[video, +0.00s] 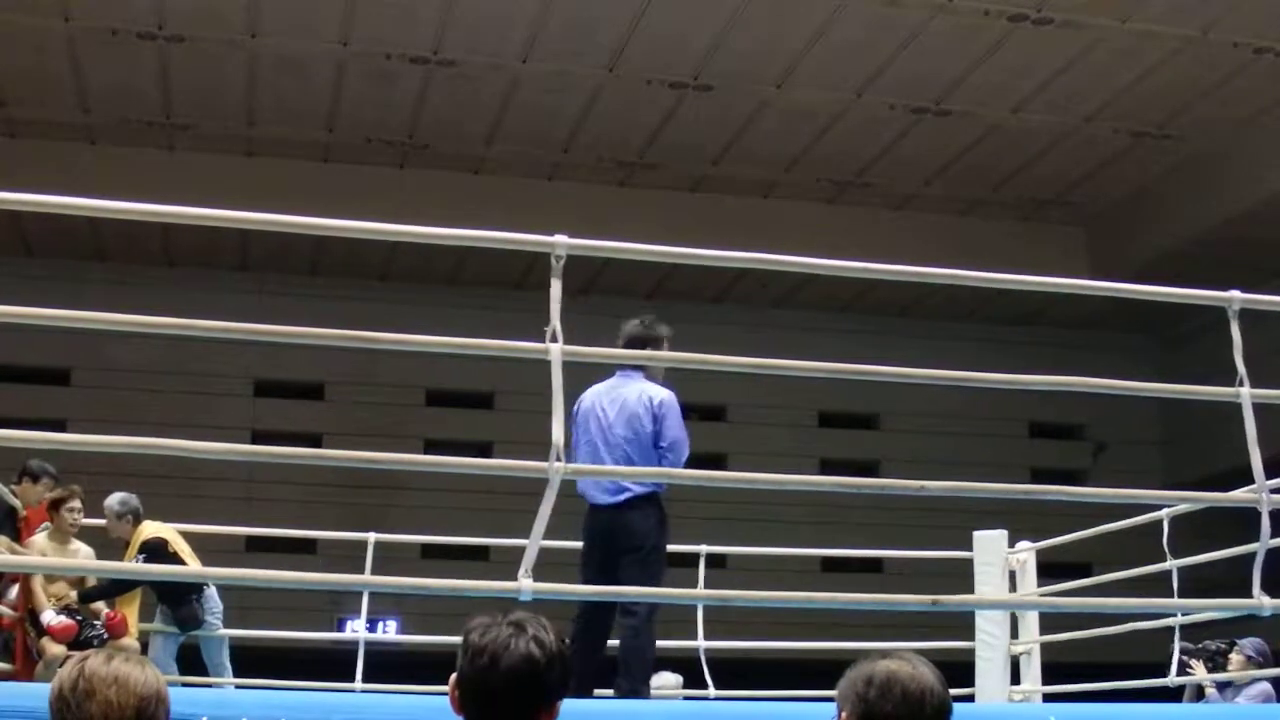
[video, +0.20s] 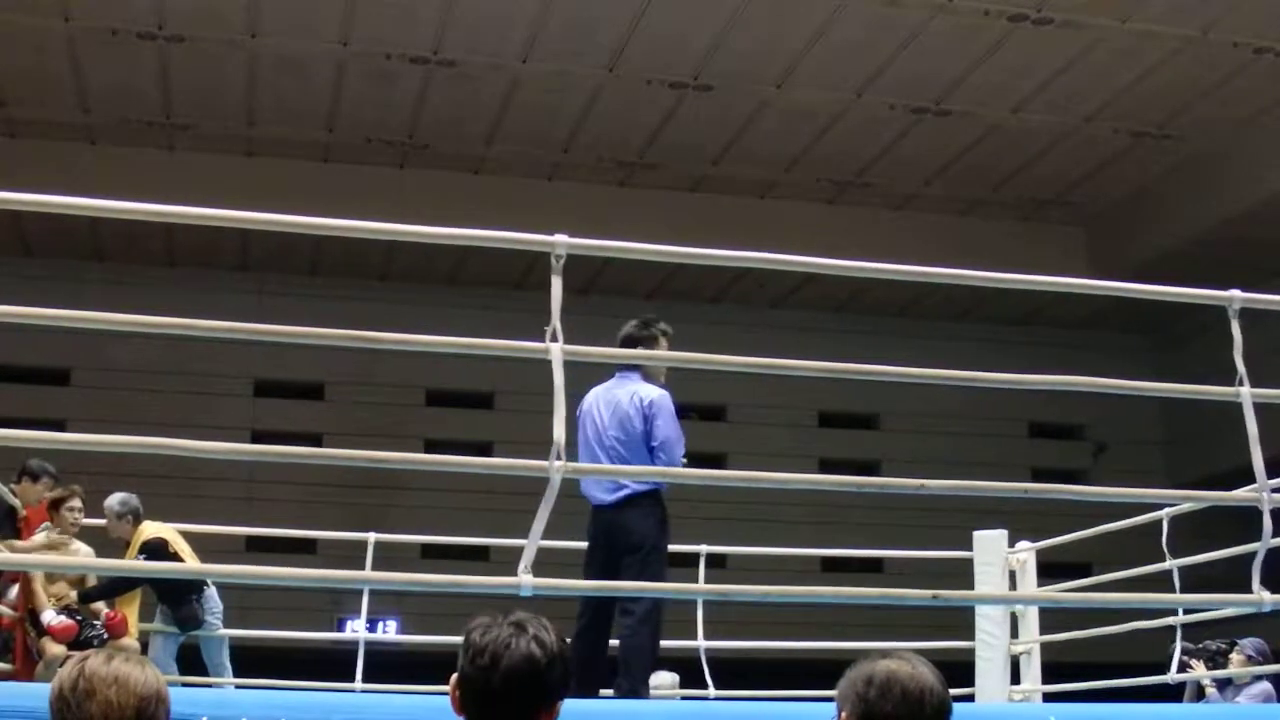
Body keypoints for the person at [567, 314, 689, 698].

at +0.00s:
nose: (667, 358)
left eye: (667, 351)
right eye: (665, 351)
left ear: (623, 352)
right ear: (652, 353)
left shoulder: (587, 398)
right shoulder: (660, 398)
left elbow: (576, 453)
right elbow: (676, 453)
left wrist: (597, 479)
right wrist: (654, 482)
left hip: (598, 515)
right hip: (642, 514)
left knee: (593, 606)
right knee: (638, 607)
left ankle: (576, 696)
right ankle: (632, 699)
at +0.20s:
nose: (668, 359)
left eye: (667, 351)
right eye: (664, 350)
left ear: (628, 353)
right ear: (644, 352)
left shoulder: (591, 398)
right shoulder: (654, 397)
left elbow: (584, 458)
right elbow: (671, 459)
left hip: (601, 513)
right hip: (642, 511)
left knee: (594, 604)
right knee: (641, 604)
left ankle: (581, 696)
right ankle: (632, 697)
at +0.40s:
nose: (667, 361)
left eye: (666, 352)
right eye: (663, 352)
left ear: (627, 355)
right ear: (644, 353)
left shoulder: (593, 400)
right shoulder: (653, 398)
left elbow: (590, 459)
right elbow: (665, 461)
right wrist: (677, 449)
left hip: (605, 514)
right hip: (644, 512)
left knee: (599, 606)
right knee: (643, 606)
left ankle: (581, 696)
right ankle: (631, 697)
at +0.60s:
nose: (668, 356)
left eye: (667, 349)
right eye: (666, 350)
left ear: (623, 352)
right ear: (657, 354)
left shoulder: (594, 400)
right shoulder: (659, 399)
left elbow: (588, 457)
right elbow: (674, 456)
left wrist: (615, 481)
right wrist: (664, 486)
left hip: (608, 514)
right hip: (648, 511)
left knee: (599, 604)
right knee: (644, 604)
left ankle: (584, 695)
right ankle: (632, 696)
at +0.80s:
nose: (658, 357)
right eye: (660, 352)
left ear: (623, 351)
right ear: (660, 356)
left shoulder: (592, 399)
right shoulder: (667, 400)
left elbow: (589, 454)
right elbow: (685, 456)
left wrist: (617, 476)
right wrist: (663, 482)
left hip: (606, 515)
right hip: (650, 513)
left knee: (599, 605)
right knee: (643, 605)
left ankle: (587, 696)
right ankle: (632, 697)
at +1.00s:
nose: (658, 355)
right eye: (659, 351)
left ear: (622, 350)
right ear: (659, 354)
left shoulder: (592, 399)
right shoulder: (671, 399)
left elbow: (589, 456)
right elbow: (690, 457)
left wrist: (608, 485)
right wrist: (687, 499)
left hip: (606, 516)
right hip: (651, 515)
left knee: (597, 607)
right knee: (642, 608)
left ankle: (585, 698)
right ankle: (632, 698)